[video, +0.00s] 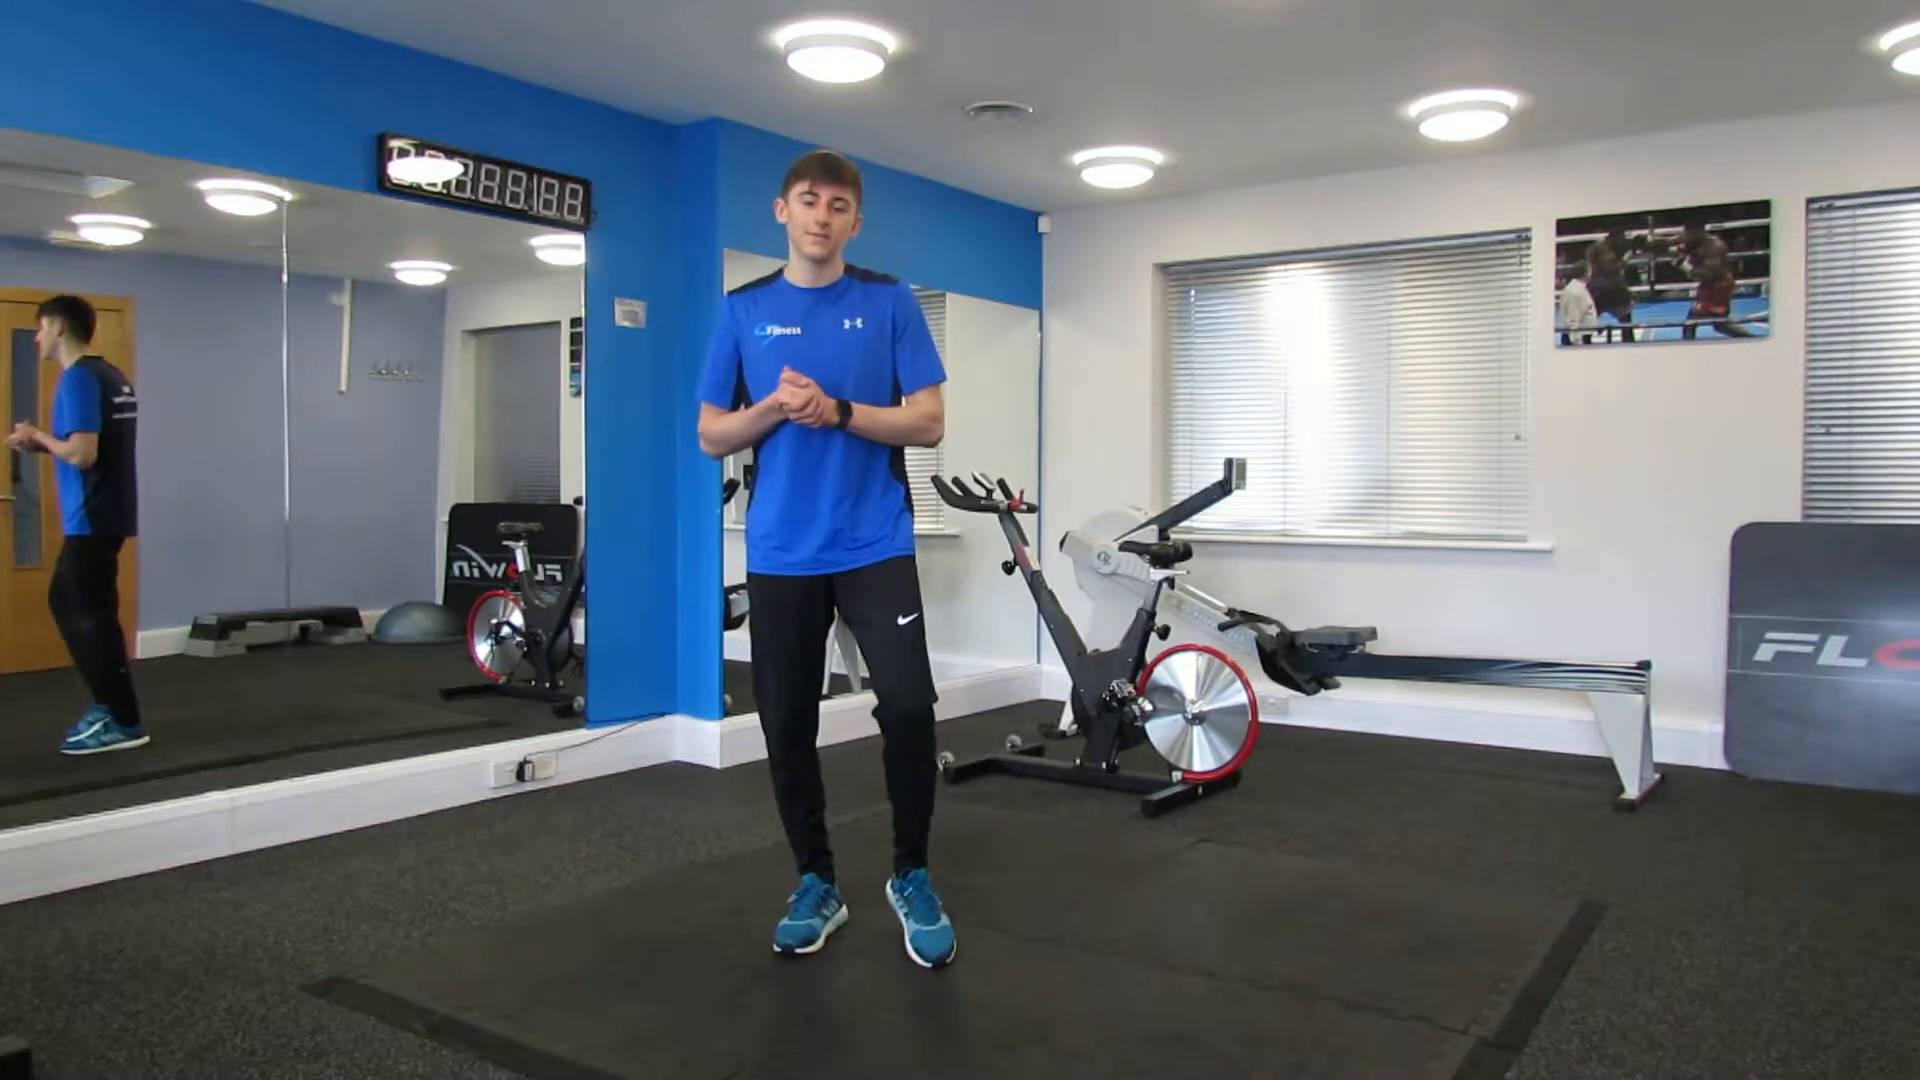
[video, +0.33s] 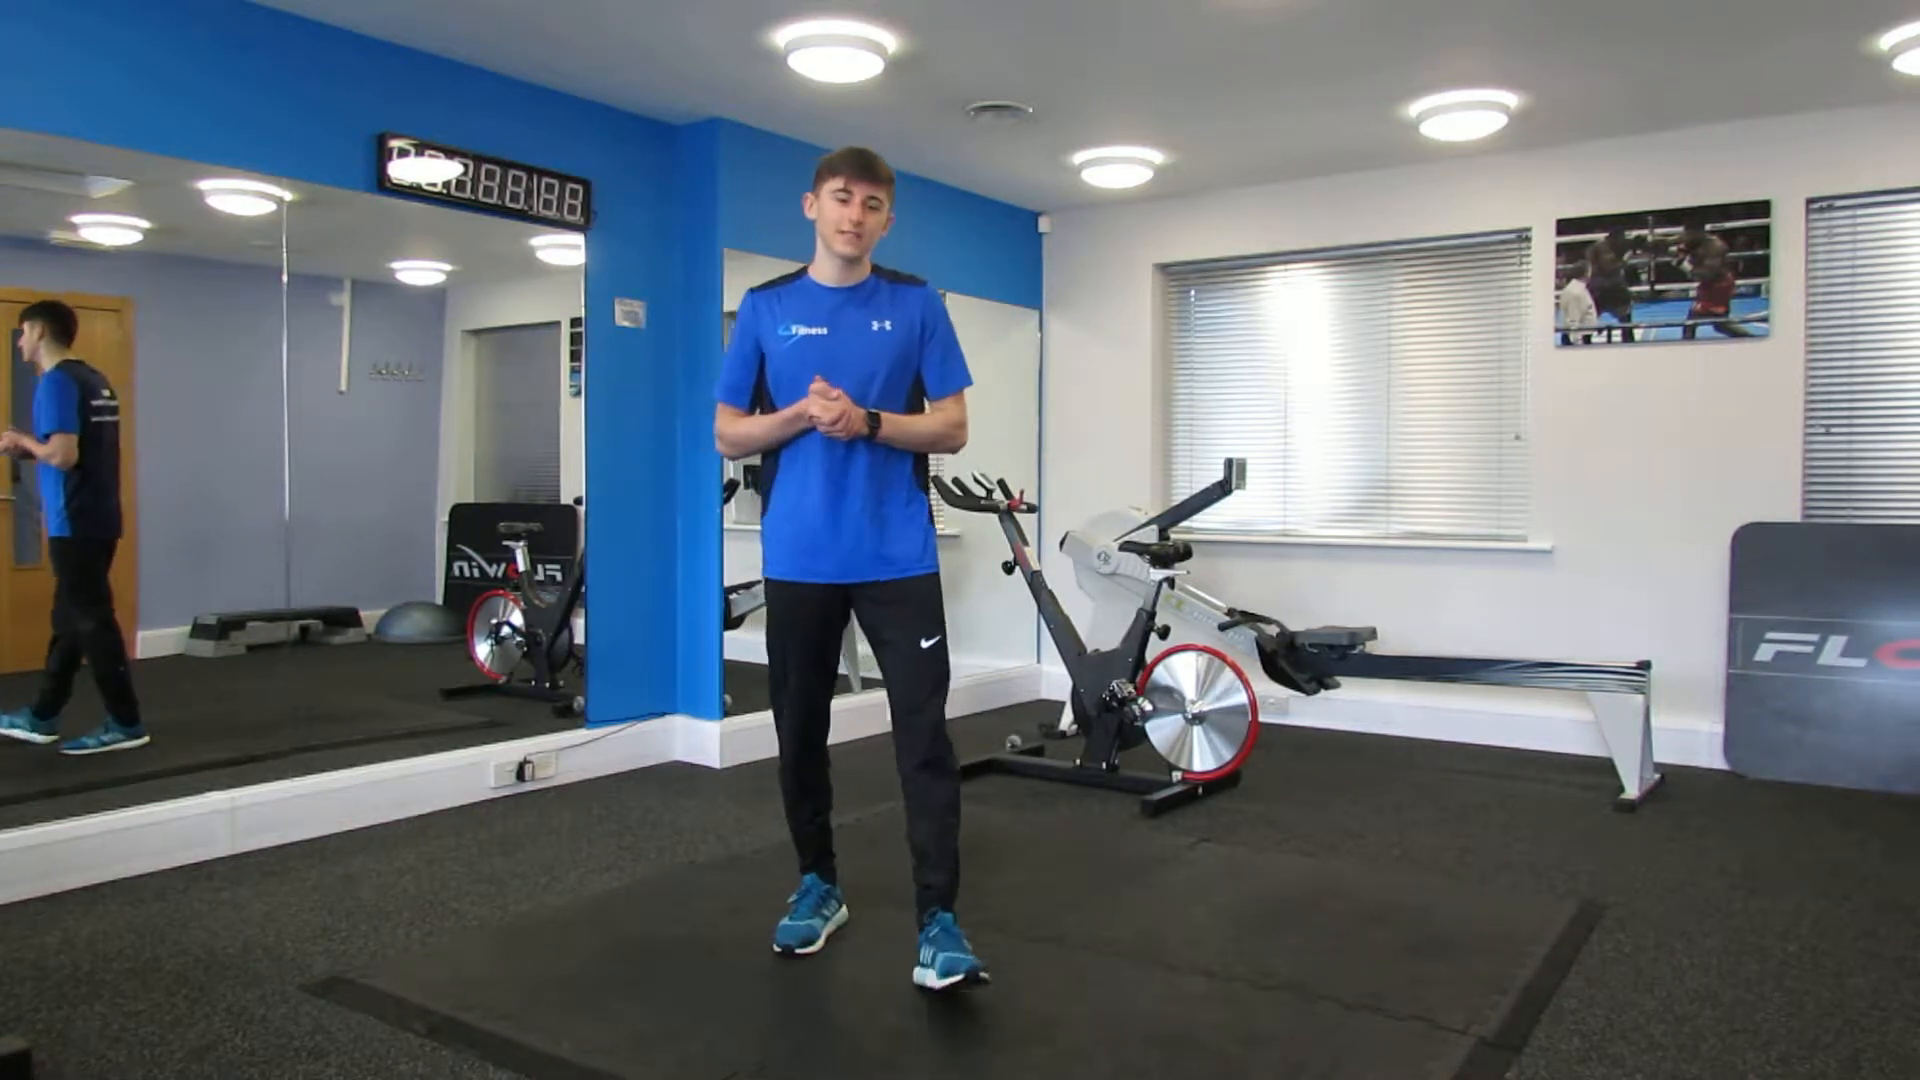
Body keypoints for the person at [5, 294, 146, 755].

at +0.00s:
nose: (36, 336)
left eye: (40, 327)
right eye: (38, 327)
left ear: (58, 328)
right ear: (81, 330)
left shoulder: (79, 377)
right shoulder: (111, 376)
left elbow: (83, 453)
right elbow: (92, 449)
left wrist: (40, 437)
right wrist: (42, 444)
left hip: (91, 522)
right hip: (108, 519)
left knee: (74, 604)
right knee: (83, 604)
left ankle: (122, 717)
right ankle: (109, 709)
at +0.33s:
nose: (19, 342)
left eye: (23, 332)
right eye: (21, 333)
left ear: (40, 333)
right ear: (61, 335)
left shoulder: (58, 382)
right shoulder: (94, 380)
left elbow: (64, 454)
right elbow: (81, 450)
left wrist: (23, 442)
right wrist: (30, 446)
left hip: (75, 529)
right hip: (98, 526)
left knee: (93, 620)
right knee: (68, 621)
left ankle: (126, 721)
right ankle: (43, 716)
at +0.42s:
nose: (15, 346)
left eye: (19, 336)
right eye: (16, 337)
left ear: (35, 335)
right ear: (58, 336)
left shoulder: (52, 382)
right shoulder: (90, 383)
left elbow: (56, 456)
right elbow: (78, 456)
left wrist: (15, 444)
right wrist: (25, 449)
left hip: (67, 530)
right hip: (90, 527)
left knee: (87, 621)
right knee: (61, 623)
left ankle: (126, 721)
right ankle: (39, 718)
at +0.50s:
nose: (9, 345)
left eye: (12, 336)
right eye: (10, 336)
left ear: (27, 335)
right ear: (54, 336)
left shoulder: (43, 381)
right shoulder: (85, 383)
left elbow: (46, 456)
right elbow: (81, 457)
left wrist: (11, 445)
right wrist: (24, 451)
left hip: (57, 529)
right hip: (82, 527)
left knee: (74, 620)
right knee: (51, 619)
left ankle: (124, 719)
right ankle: (36, 718)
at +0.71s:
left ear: (15, 335)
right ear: (41, 336)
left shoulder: (26, 379)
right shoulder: (72, 383)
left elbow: (23, 449)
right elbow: (64, 453)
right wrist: (18, 445)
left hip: (30, 525)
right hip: (63, 524)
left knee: (23, 617)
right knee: (39, 620)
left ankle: (99, 700)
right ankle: (35, 719)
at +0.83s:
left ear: (9, 337)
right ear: (32, 337)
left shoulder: (19, 379)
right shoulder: (63, 383)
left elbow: (15, 446)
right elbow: (61, 455)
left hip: (23, 522)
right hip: (57, 522)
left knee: (11, 616)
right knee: (35, 615)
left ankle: (74, 692)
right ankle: (35, 715)